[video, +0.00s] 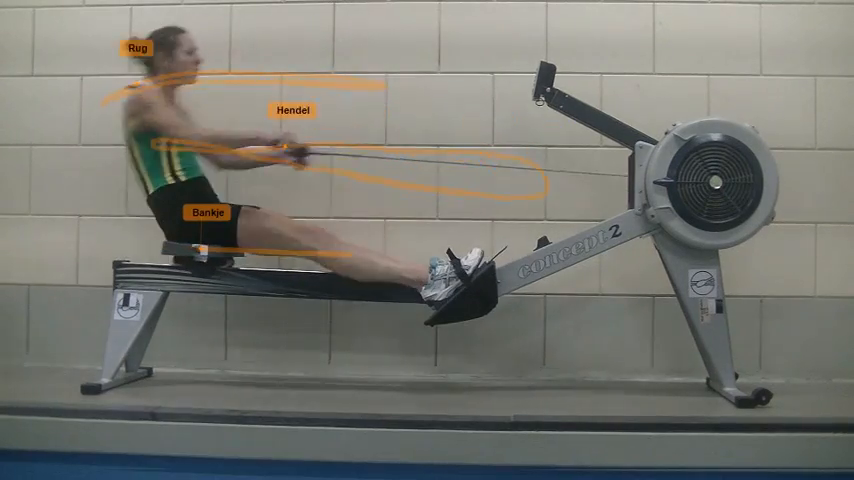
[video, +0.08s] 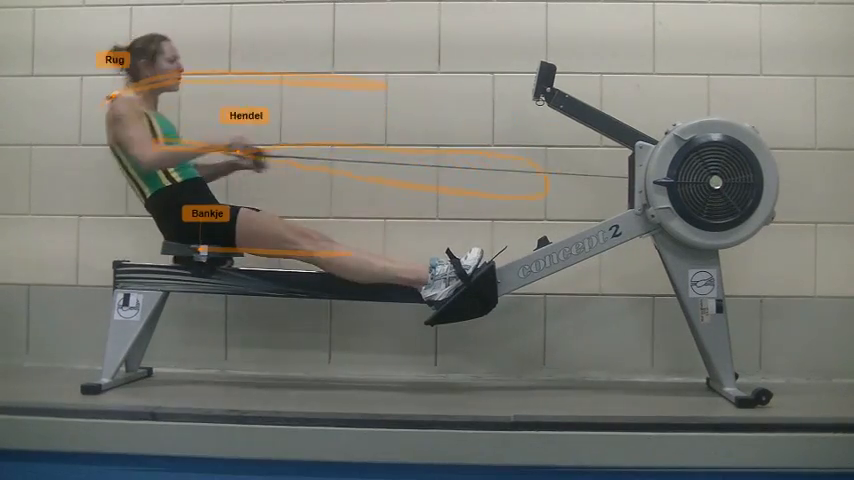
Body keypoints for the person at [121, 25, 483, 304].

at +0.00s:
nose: (197, 63)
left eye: (196, 55)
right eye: (189, 55)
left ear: (176, 61)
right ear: (162, 58)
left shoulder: (172, 108)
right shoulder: (146, 100)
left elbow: (223, 158)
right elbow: (197, 138)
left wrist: (278, 155)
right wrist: (267, 136)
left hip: (198, 208)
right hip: (185, 212)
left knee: (315, 236)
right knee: (310, 238)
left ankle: (433, 275)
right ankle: (426, 284)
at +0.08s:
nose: (179, 72)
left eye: (178, 64)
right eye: (172, 64)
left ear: (157, 69)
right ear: (144, 68)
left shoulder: (151, 116)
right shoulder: (123, 107)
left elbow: (181, 177)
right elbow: (146, 156)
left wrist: (234, 165)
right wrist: (217, 145)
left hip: (196, 210)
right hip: (185, 212)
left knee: (312, 239)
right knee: (308, 242)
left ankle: (431, 275)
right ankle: (426, 282)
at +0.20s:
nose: (173, 76)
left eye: (171, 69)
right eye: (165, 69)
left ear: (150, 76)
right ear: (141, 75)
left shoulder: (146, 119)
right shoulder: (114, 117)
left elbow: (165, 168)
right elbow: (89, 172)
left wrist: (190, 155)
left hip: (197, 211)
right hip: (184, 215)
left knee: (312, 239)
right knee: (308, 243)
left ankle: (429, 276)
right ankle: (429, 281)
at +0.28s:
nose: (174, 77)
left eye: (173, 70)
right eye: (167, 70)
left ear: (150, 74)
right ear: (142, 74)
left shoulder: (144, 116)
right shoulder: (115, 113)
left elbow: (147, 164)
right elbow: (73, 166)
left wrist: (178, 150)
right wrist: (132, 136)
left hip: (198, 212)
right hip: (184, 217)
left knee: (311, 234)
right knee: (307, 237)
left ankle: (429, 277)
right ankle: (430, 280)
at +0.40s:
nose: (191, 70)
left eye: (189, 62)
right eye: (183, 63)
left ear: (167, 68)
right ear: (156, 67)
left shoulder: (161, 112)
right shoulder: (132, 108)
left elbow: (168, 162)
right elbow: (96, 156)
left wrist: (203, 156)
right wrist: (159, 139)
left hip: (199, 212)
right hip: (186, 216)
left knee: (313, 231)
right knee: (308, 234)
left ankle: (429, 277)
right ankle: (428, 282)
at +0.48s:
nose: (209, 63)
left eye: (208, 55)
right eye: (200, 56)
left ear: (185, 63)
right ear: (174, 62)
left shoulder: (177, 112)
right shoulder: (149, 102)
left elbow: (187, 175)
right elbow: (130, 153)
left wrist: (227, 162)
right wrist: (196, 146)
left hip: (199, 210)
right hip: (186, 214)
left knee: (320, 224)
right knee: (313, 227)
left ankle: (431, 275)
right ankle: (427, 283)